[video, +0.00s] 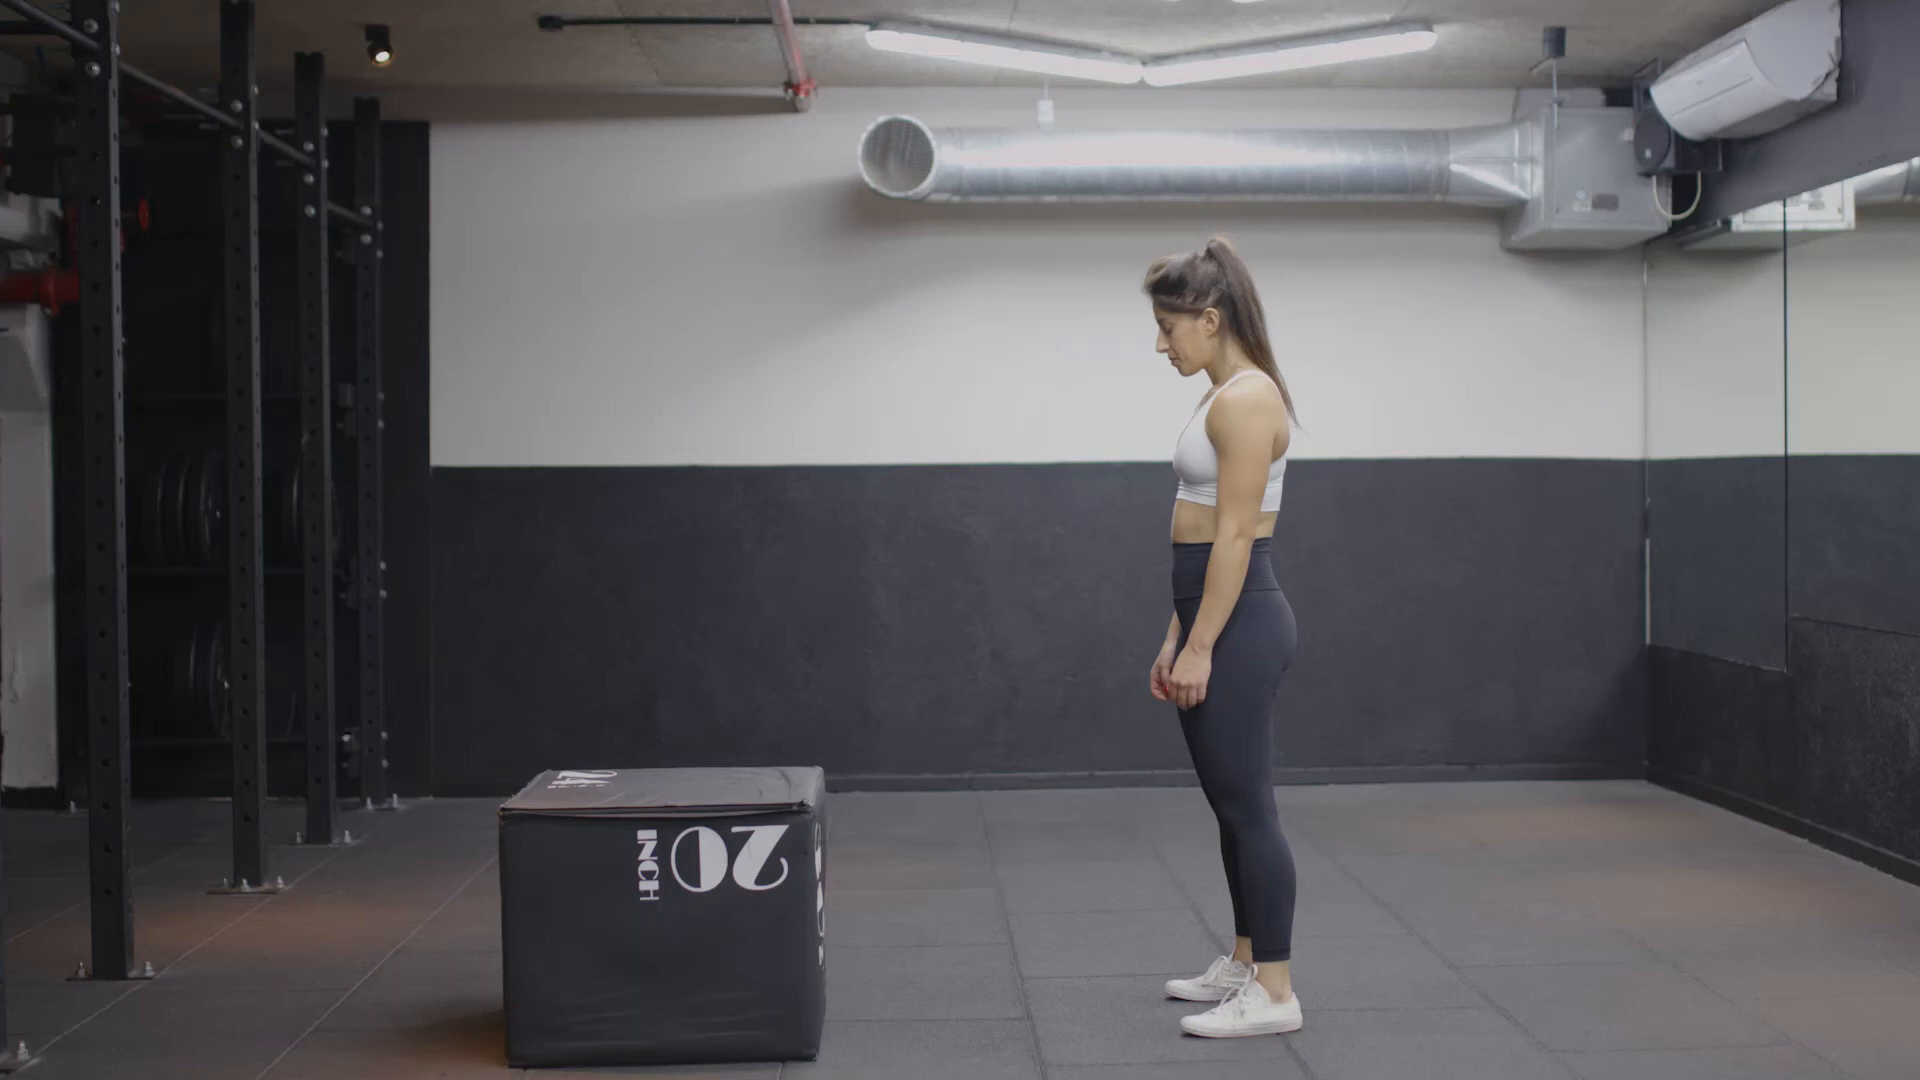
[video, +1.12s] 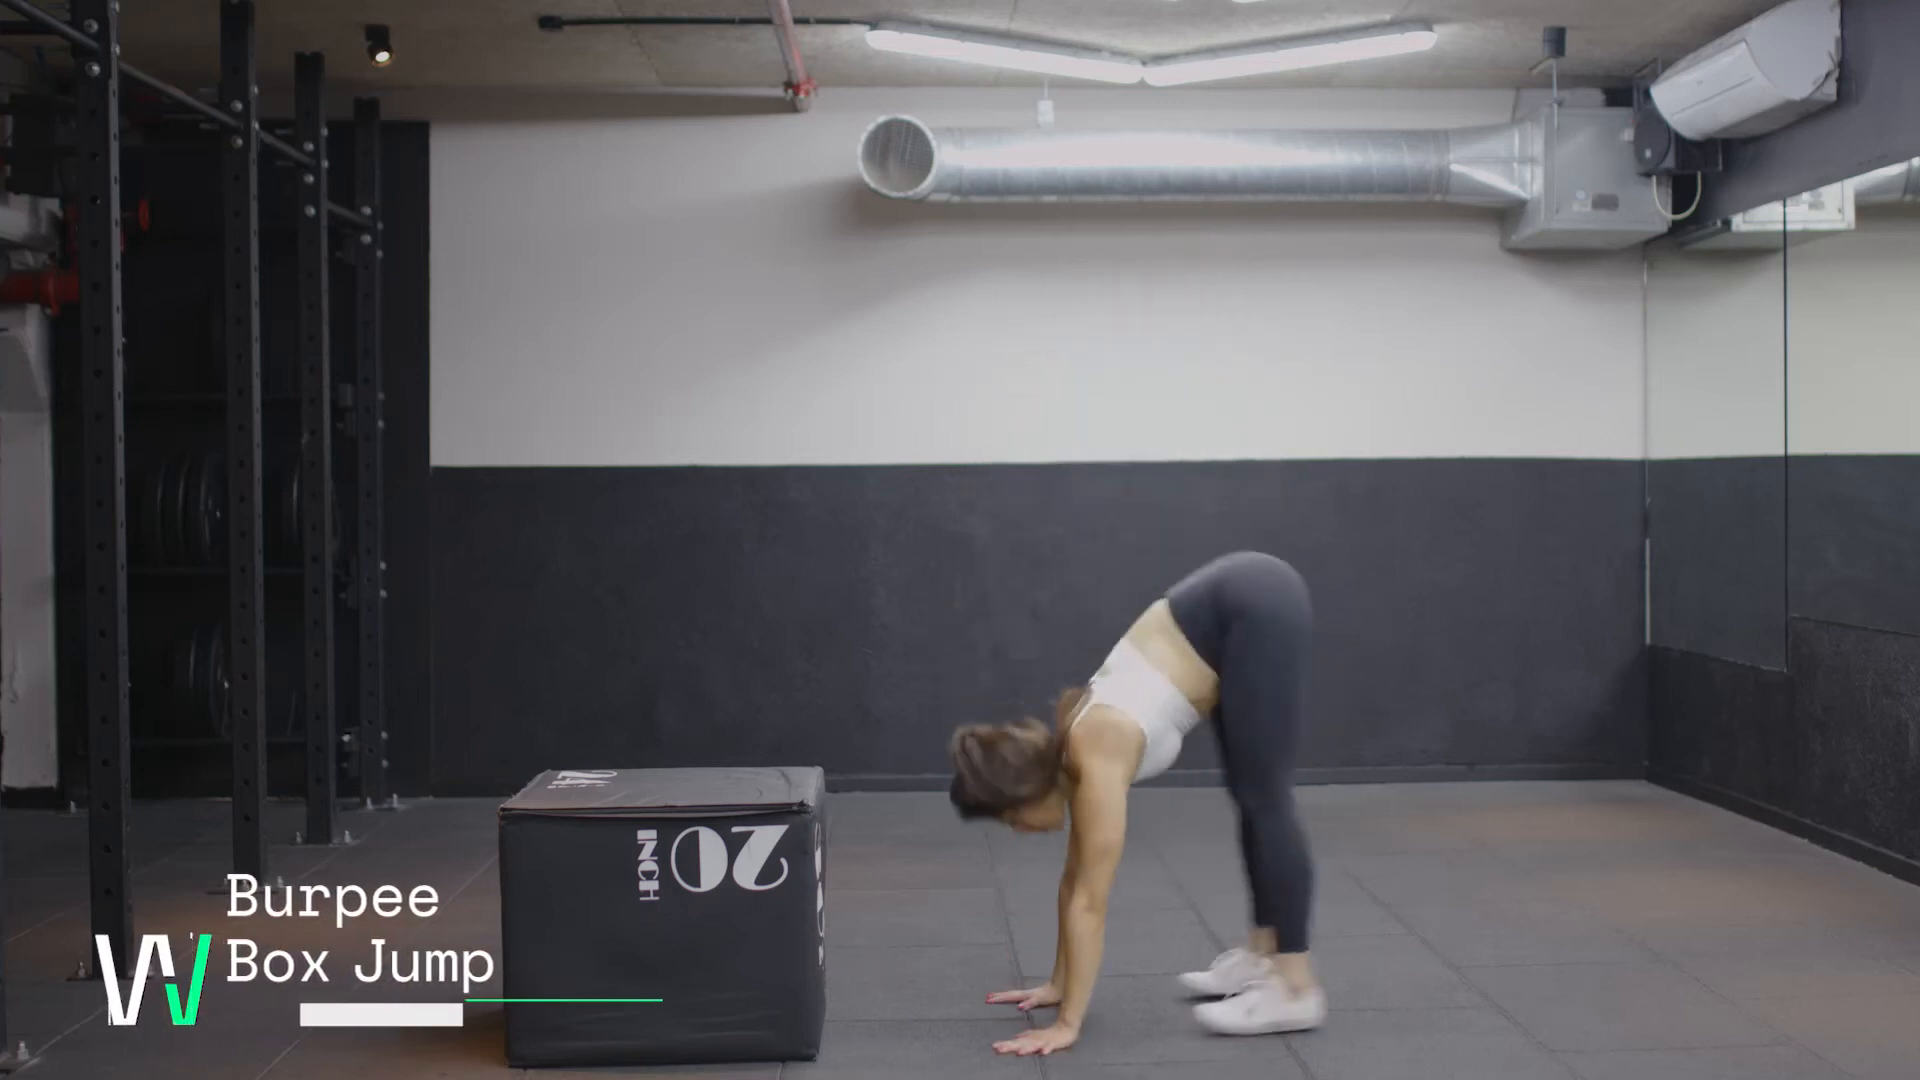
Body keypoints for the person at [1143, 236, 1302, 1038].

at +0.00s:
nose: (1160, 345)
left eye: (1166, 328)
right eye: (1159, 329)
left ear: (1209, 318)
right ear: (1206, 319)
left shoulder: (1246, 400)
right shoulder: (1224, 396)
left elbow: (1237, 537)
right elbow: (1207, 532)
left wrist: (1202, 643)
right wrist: (1179, 632)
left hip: (1237, 618)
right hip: (1212, 613)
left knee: (1248, 804)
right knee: (1230, 800)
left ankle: (1275, 993)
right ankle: (1247, 960)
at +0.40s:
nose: (1091, 378)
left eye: (1095, 360)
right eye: (1085, 364)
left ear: (1136, 342)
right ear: (1134, 347)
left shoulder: (1194, 415)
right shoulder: (1171, 418)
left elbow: (1217, 550)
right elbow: (1185, 552)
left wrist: (1208, 664)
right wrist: (1179, 656)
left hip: (1265, 619)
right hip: (1238, 617)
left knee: (1260, 799)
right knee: (1239, 793)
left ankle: (1277, 990)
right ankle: (1251, 961)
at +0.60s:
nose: (1023, 478)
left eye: (1024, 460)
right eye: (1017, 465)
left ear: (1060, 437)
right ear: (1062, 441)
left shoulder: (1139, 492)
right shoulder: (1120, 498)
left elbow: (1169, 628)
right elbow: (1148, 622)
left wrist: (1178, 749)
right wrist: (1149, 727)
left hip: (1306, 622)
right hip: (1271, 628)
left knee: (1279, 800)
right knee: (1251, 796)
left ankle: (1279, 992)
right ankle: (1249, 963)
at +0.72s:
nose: (1007, 578)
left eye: (1004, 558)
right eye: (999, 563)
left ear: (1033, 532)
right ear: (1033, 533)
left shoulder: (1117, 565)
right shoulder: (1099, 568)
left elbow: (1138, 707)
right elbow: (1118, 701)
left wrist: (1138, 833)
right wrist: (1113, 801)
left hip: (1319, 625)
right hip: (1282, 632)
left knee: (1266, 798)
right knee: (1238, 791)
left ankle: (1277, 991)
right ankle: (1249, 962)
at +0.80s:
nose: (1003, 642)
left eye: (1000, 624)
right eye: (994, 629)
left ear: (1027, 594)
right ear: (1029, 591)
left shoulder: (1110, 617)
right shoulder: (1088, 617)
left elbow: (1120, 766)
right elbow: (1095, 752)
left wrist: (1103, 891)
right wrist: (1083, 856)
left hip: (1320, 629)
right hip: (1279, 637)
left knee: (1250, 800)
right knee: (1221, 789)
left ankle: (1276, 994)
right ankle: (1247, 963)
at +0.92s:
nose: (1002, 727)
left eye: (999, 711)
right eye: (993, 717)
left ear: (1023, 680)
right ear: (1024, 676)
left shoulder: (1103, 691)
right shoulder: (1081, 691)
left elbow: (1094, 835)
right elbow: (1072, 820)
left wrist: (1066, 960)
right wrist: (1051, 922)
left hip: (1312, 658)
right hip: (1273, 659)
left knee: (1205, 809)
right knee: (1182, 802)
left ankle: (1271, 992)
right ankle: (1244, 962)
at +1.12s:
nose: (1019, 829)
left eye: (1011, 819)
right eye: (1008, 823)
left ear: (1024, 795)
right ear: (1028, 776)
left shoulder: (1099, 754)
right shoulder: (1078, 744)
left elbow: (1089, 899)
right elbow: (1075, 882)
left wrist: (1068, 1024)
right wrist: (1059, 986)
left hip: (1259, 603)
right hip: (1236, 603)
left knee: (1266, 800)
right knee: (1252, 797)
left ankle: (1295, 985)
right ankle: (1265, 955)